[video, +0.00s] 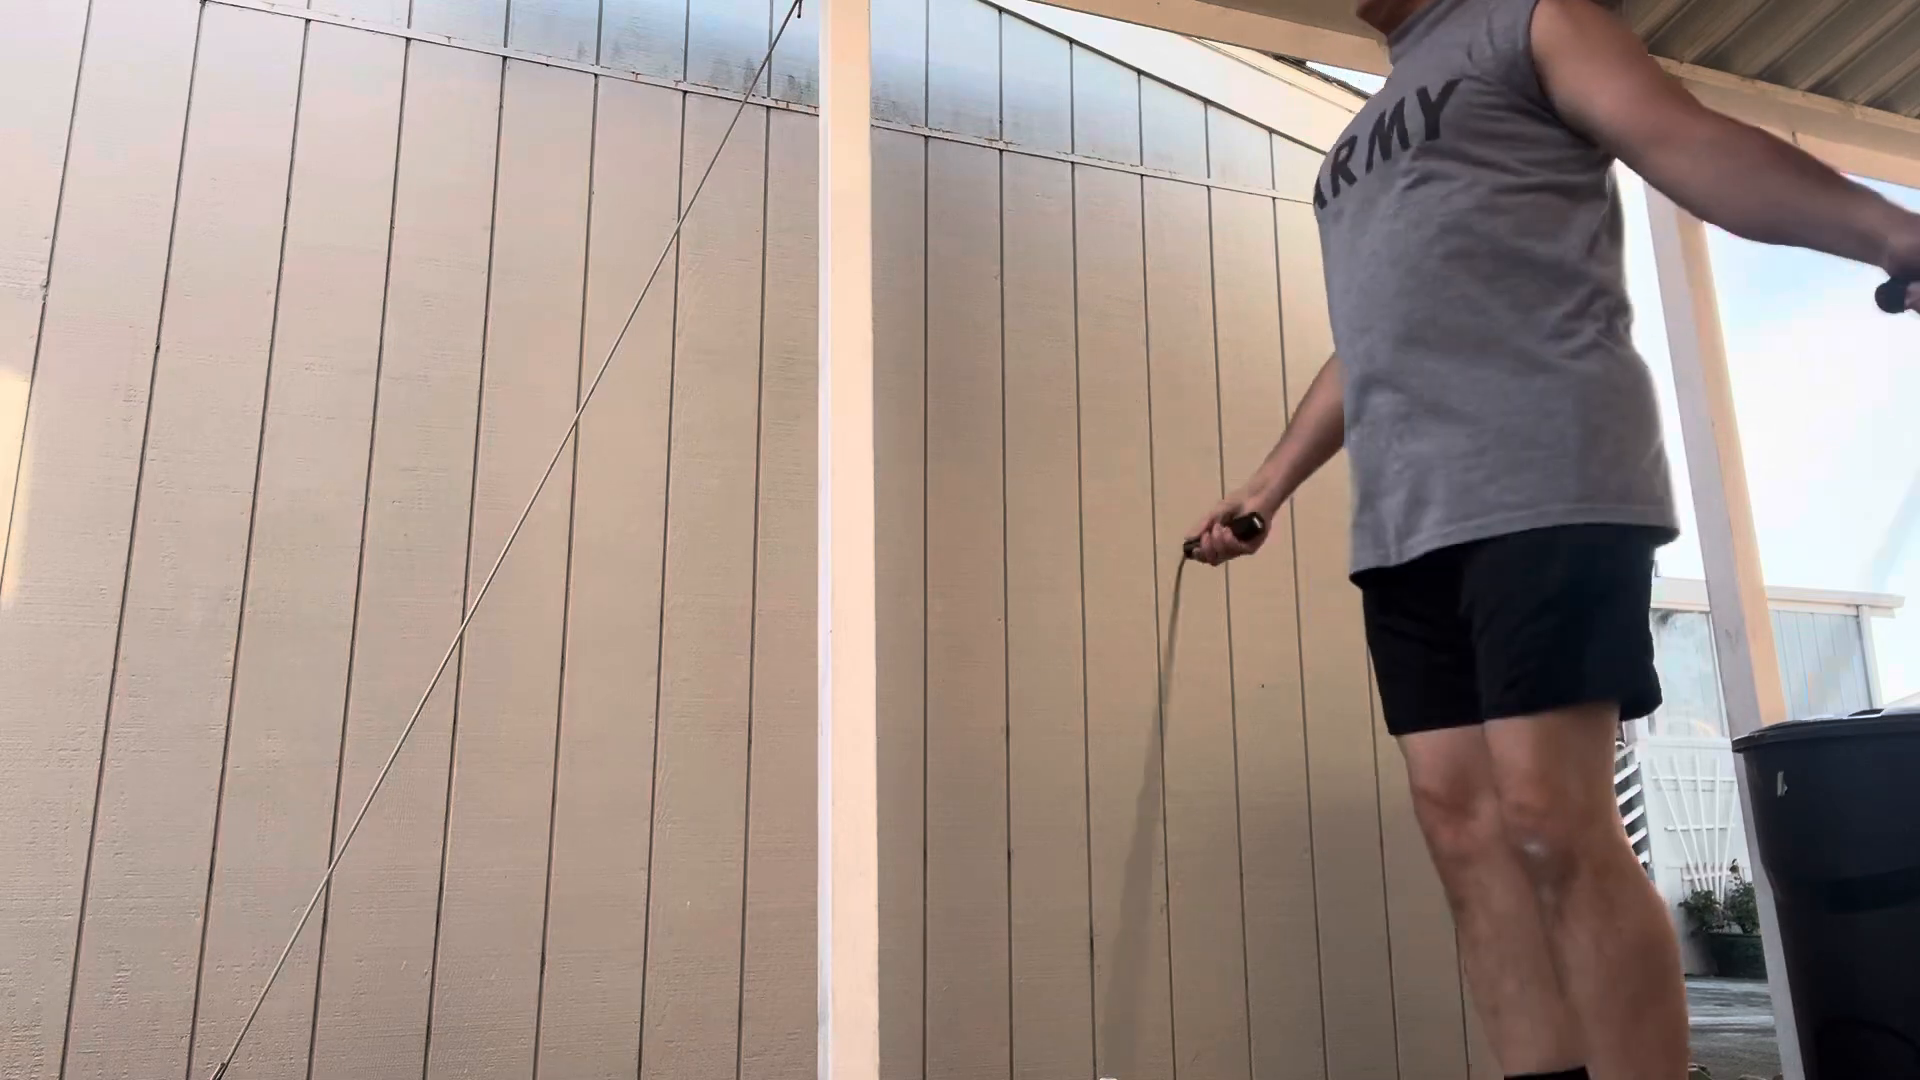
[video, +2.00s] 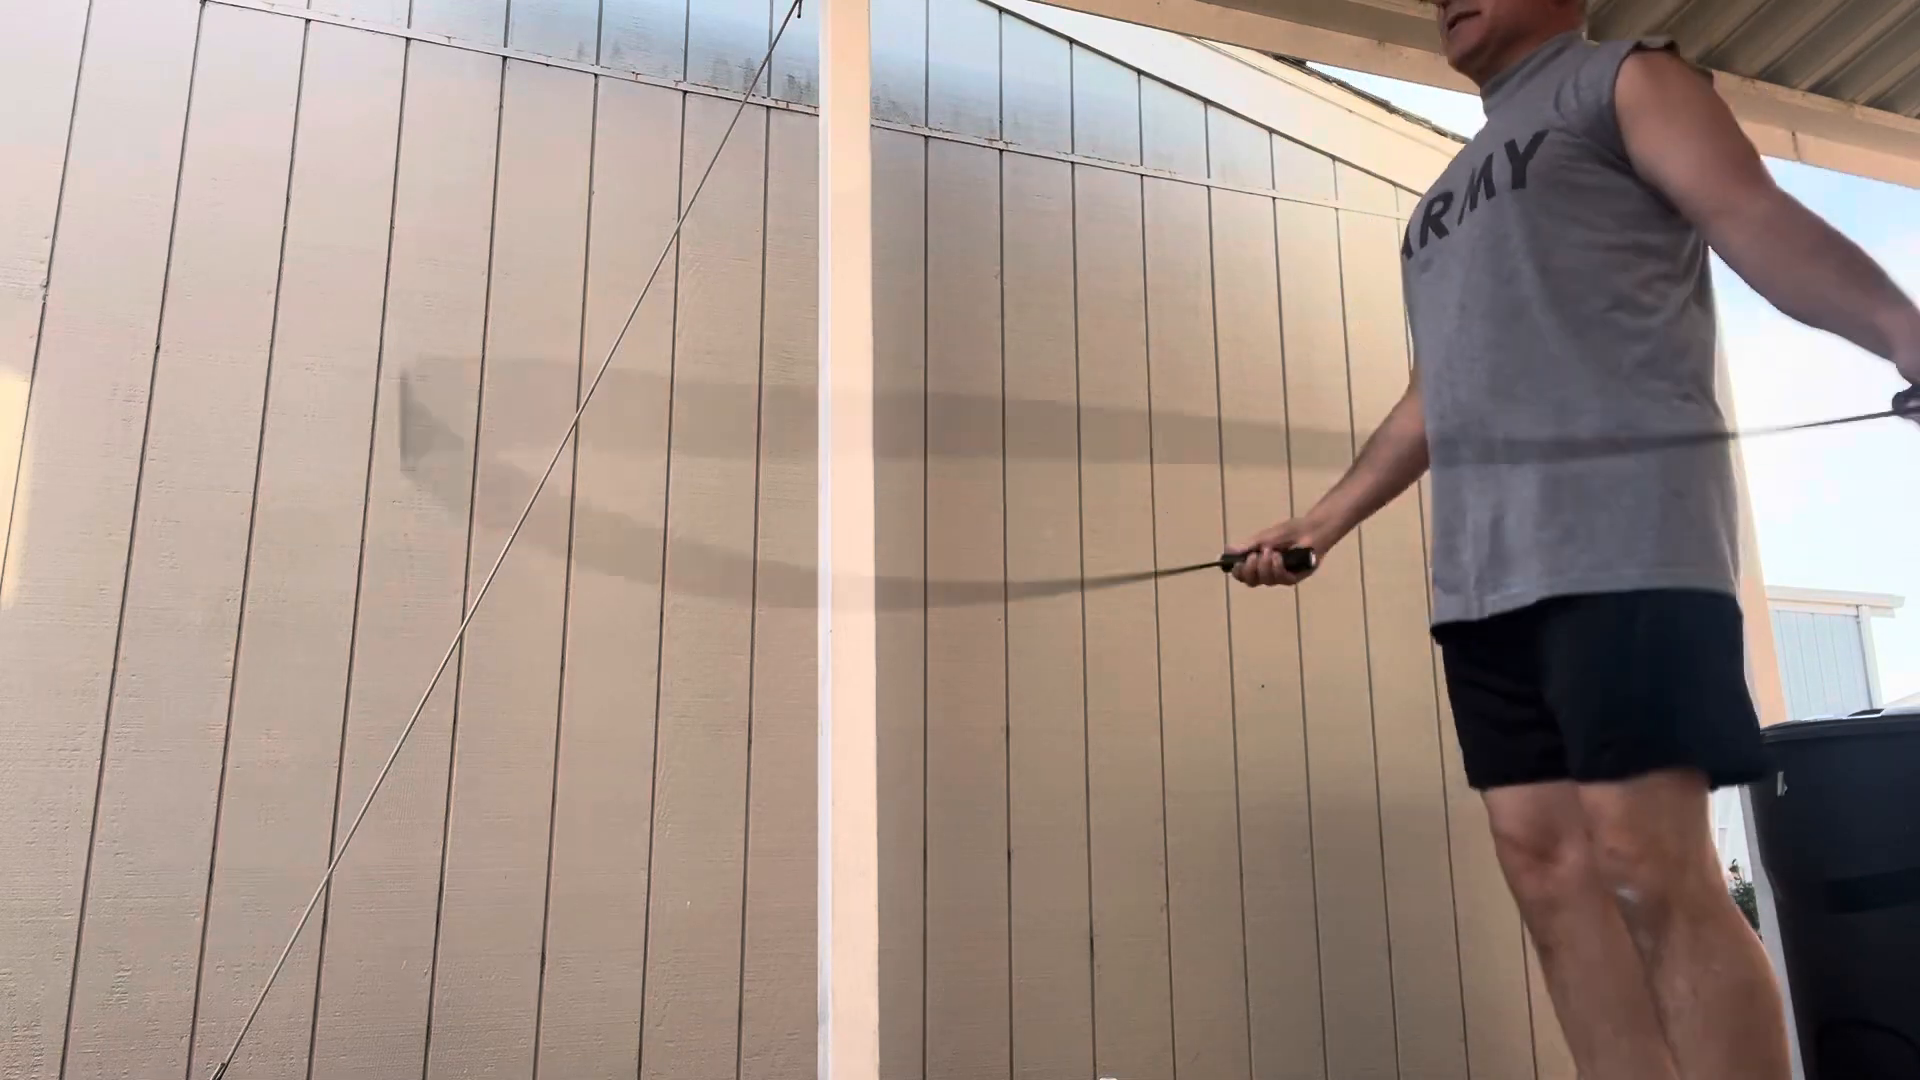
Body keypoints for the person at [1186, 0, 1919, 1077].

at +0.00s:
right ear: (1378, 2)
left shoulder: (1526, 19)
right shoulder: (1352, 151)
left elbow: (1686, 141)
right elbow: (1366, 348)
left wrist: (1896, 237)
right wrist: (1265, 485)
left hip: (1547, 475)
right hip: (1402, 510)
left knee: (1555, 819)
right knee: (1456, 819)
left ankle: (1642, 1070)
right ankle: (1540, 1069)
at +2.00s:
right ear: (1447, 33)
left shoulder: (1627, 77)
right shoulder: (1441, 202)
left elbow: (1753, 218)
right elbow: (1437, 394)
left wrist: (1908, 337)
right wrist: (1319, 523)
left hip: (1626, 535)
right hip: (1479, 562)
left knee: (1652, 858)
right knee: (1541, 864)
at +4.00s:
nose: (1479, 18)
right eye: (1472, 8)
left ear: (1591, 7)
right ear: (1479, 45)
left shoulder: (1679, 106)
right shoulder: (1488, 226)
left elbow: (1810, 252)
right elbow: (1481, 419)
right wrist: (1358, 539)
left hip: (1692, 577)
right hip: (1537, 605)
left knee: (1724, 908)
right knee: (1597, 900)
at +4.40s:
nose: (1488, 55)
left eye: (1515, 30)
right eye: (1480, 42)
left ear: (1600, 40)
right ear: (1483, 70)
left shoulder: (1685, 147)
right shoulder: (1494, 265)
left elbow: (1827, 286)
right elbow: (1481, 457)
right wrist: (1329, 526)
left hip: (1705, 623)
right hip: (1544, 648)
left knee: (1712, 948)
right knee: (1571, 940)